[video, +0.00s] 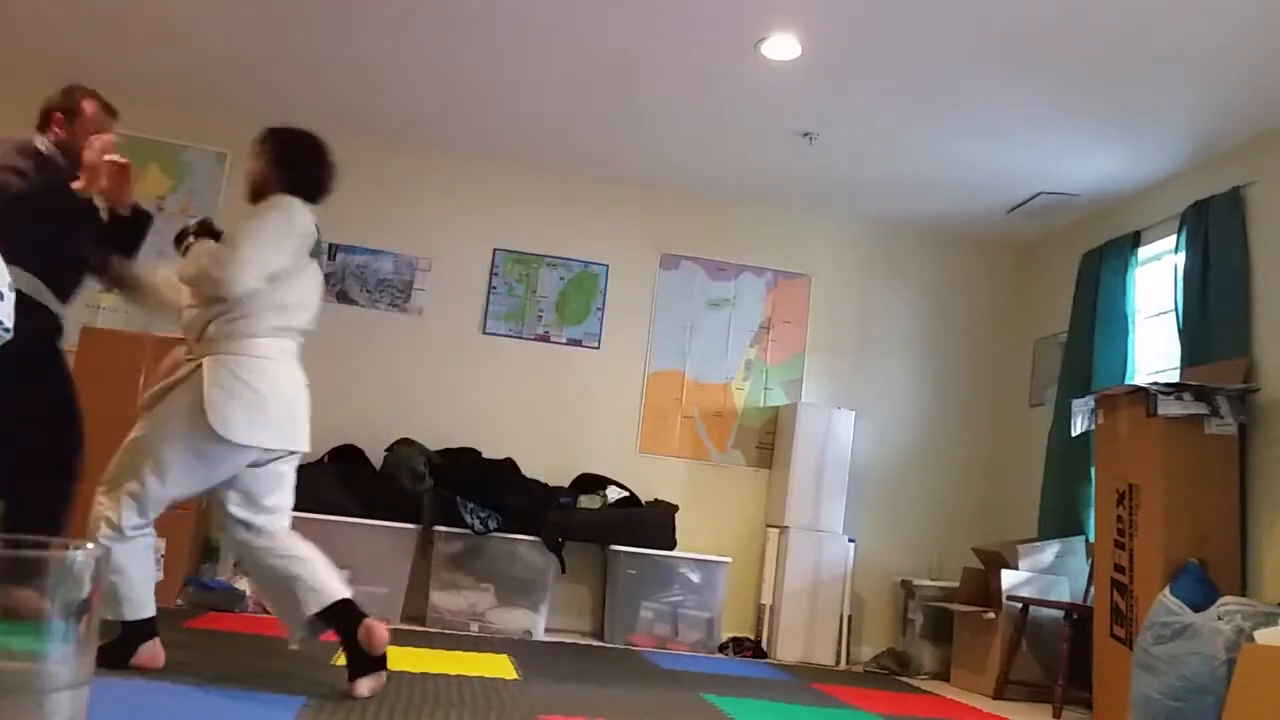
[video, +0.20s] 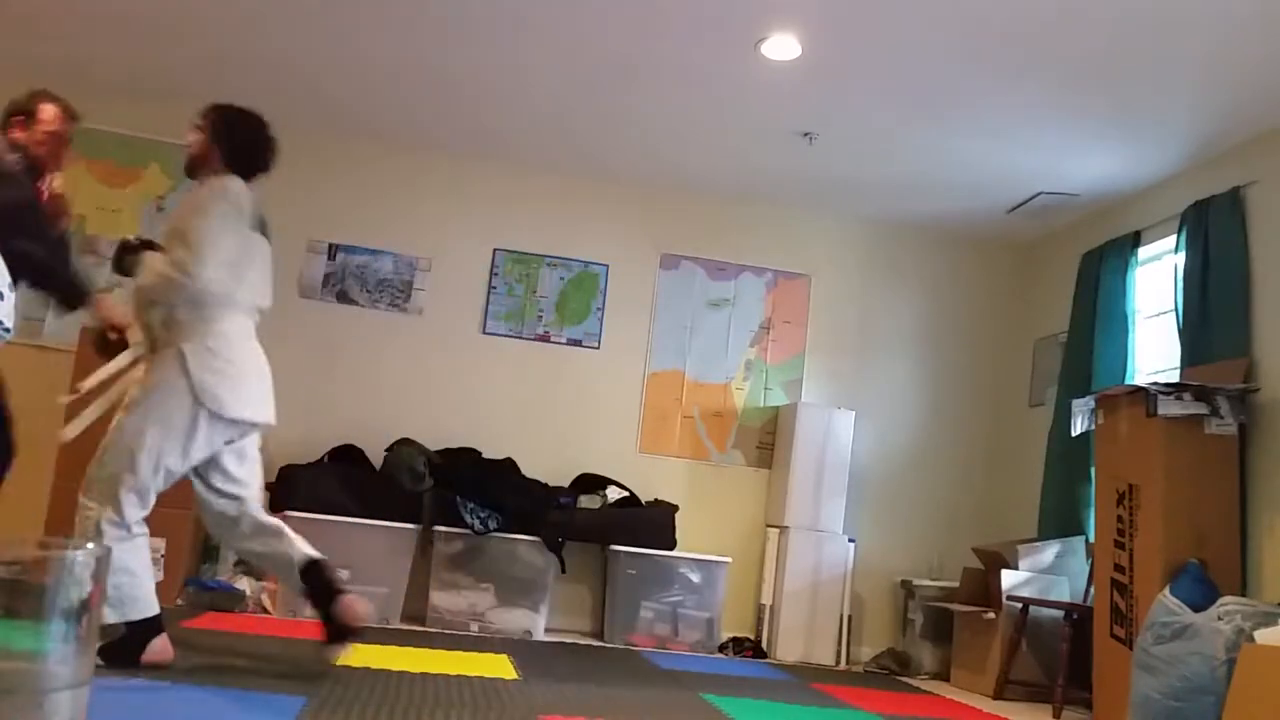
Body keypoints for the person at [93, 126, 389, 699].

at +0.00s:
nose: (250, 166)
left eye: (258, 157)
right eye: (254, 155)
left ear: (277, 167)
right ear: (307, 177)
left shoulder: (282, 212)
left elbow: (233, 277)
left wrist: (196, 245)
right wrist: (122, 271)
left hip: (236, 388)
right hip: (282, 397)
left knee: (123, 499)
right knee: (258, 529)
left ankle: (136, 633)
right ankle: (354, 626)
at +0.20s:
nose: (187, 141)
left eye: (198, 133)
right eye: (193, 131)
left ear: (221, 147)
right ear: (241, 154)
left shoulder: (216, 195)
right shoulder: (243, 208)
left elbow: (199, 278)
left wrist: (142, 269)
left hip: (198, 375)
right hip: (239, 379)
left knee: (110, 493)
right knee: (235, 516)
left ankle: (138, 628)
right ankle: (324, 588)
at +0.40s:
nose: (167, 148)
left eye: (172, 139)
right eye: (170, 138)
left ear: (189, 145)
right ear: (231, 157)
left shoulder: (167, 185)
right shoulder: (255, 232)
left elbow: (90, 259)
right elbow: (252, 322)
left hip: (155, 361)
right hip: (222, 382)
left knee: (43, 451)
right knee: (205, 498)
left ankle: (55, 583)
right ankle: (239, 632)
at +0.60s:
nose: (126, 155)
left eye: (131, 148)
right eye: (132, 146)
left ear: (136, 159)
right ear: (190, 174)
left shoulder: (87, 200)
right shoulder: (204, 241)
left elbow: (6, 211)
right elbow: (227, 328)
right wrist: (174, 365)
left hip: (83, 380)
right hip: (164, 388)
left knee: (5, 484)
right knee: (197, 505)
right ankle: (237, 623)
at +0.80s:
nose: (83, 142)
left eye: (88, 136)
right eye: (89, 135)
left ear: (97, 142)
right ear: (150, 159)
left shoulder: (52, 179)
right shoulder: (172, 218)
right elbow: (188, 299)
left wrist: (21, 286)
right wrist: (139, 329)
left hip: (40, 343)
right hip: (123, 358)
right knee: (143, 481)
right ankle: (171, 585)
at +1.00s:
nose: (102, 151)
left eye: (107, 144)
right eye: (106, 142)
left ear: (117, 150)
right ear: (167, 164)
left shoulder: (72, 182)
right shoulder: (190, 226)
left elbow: (8, 237)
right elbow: (176, 314)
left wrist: (32, 281)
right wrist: (128, 314)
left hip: (50, 347)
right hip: (129, 366)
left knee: (0, 460)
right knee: (143, 485)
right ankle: (164, 592)